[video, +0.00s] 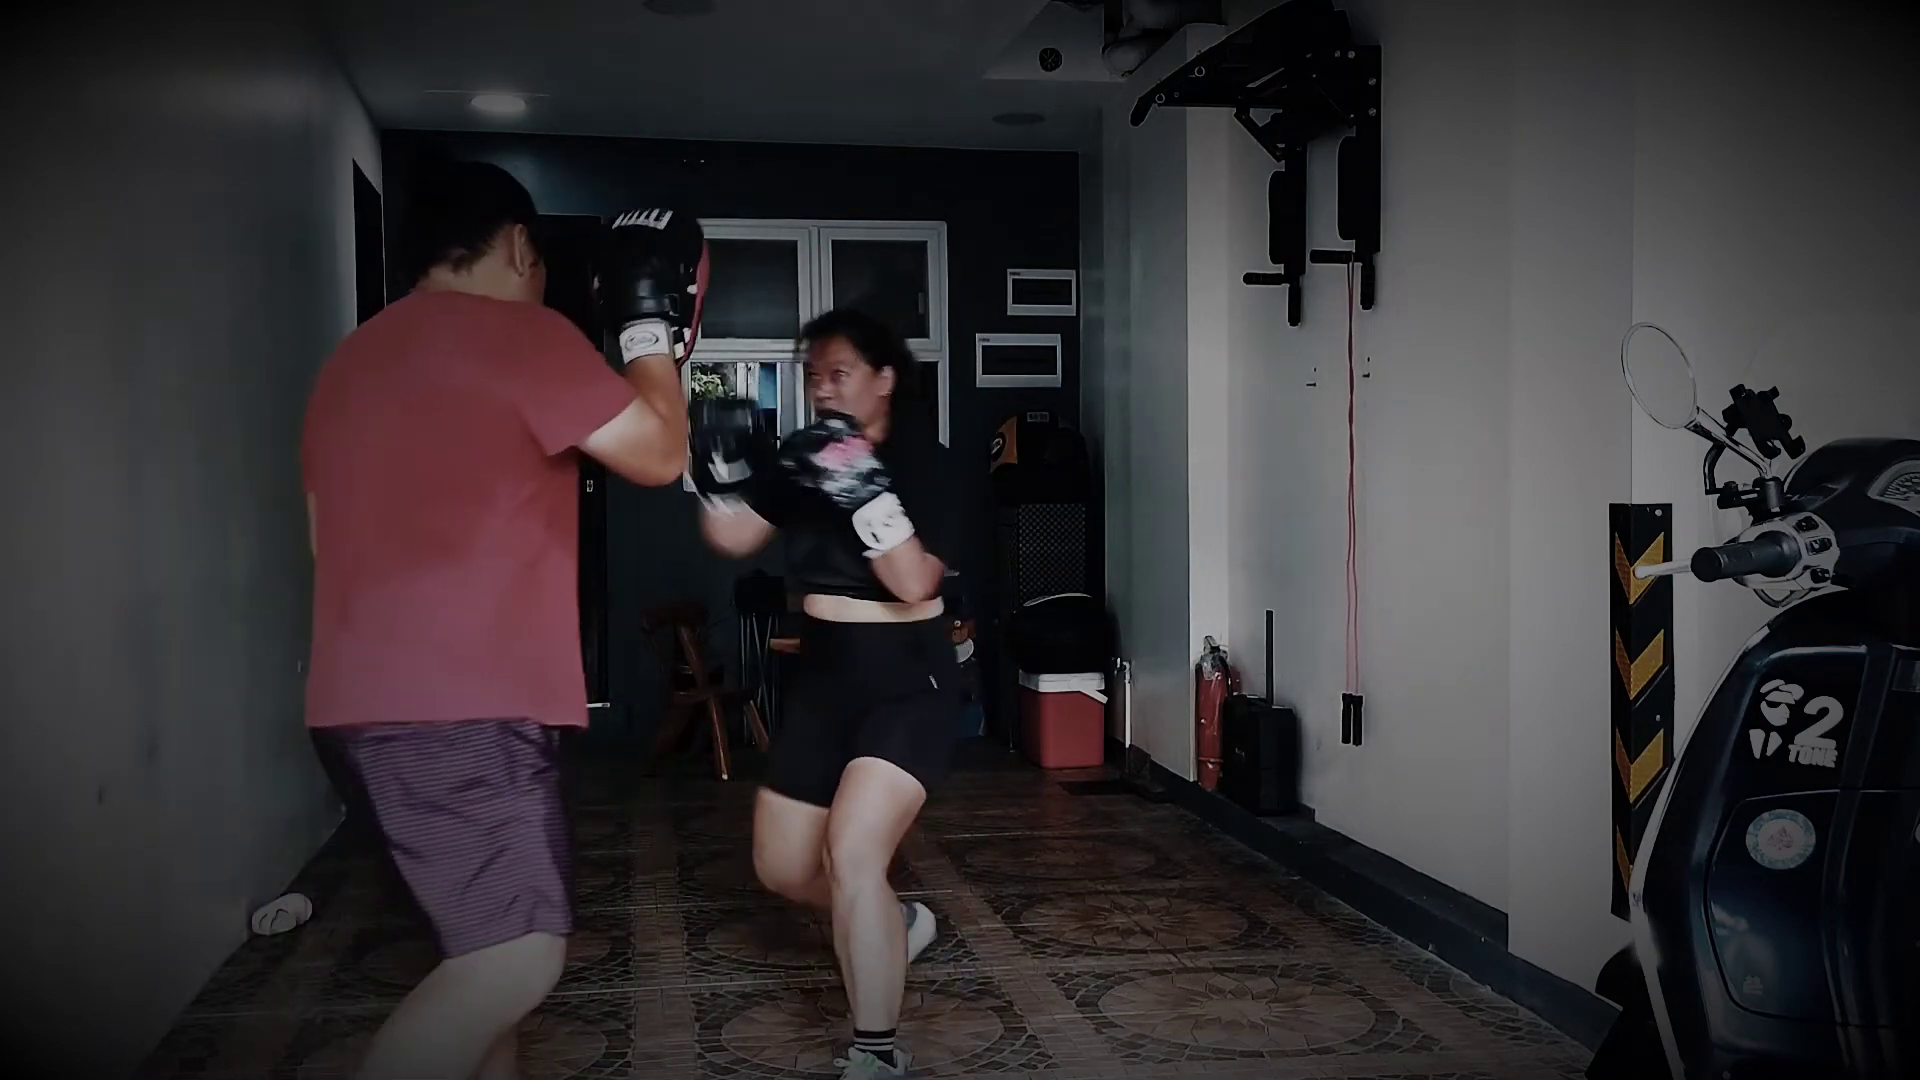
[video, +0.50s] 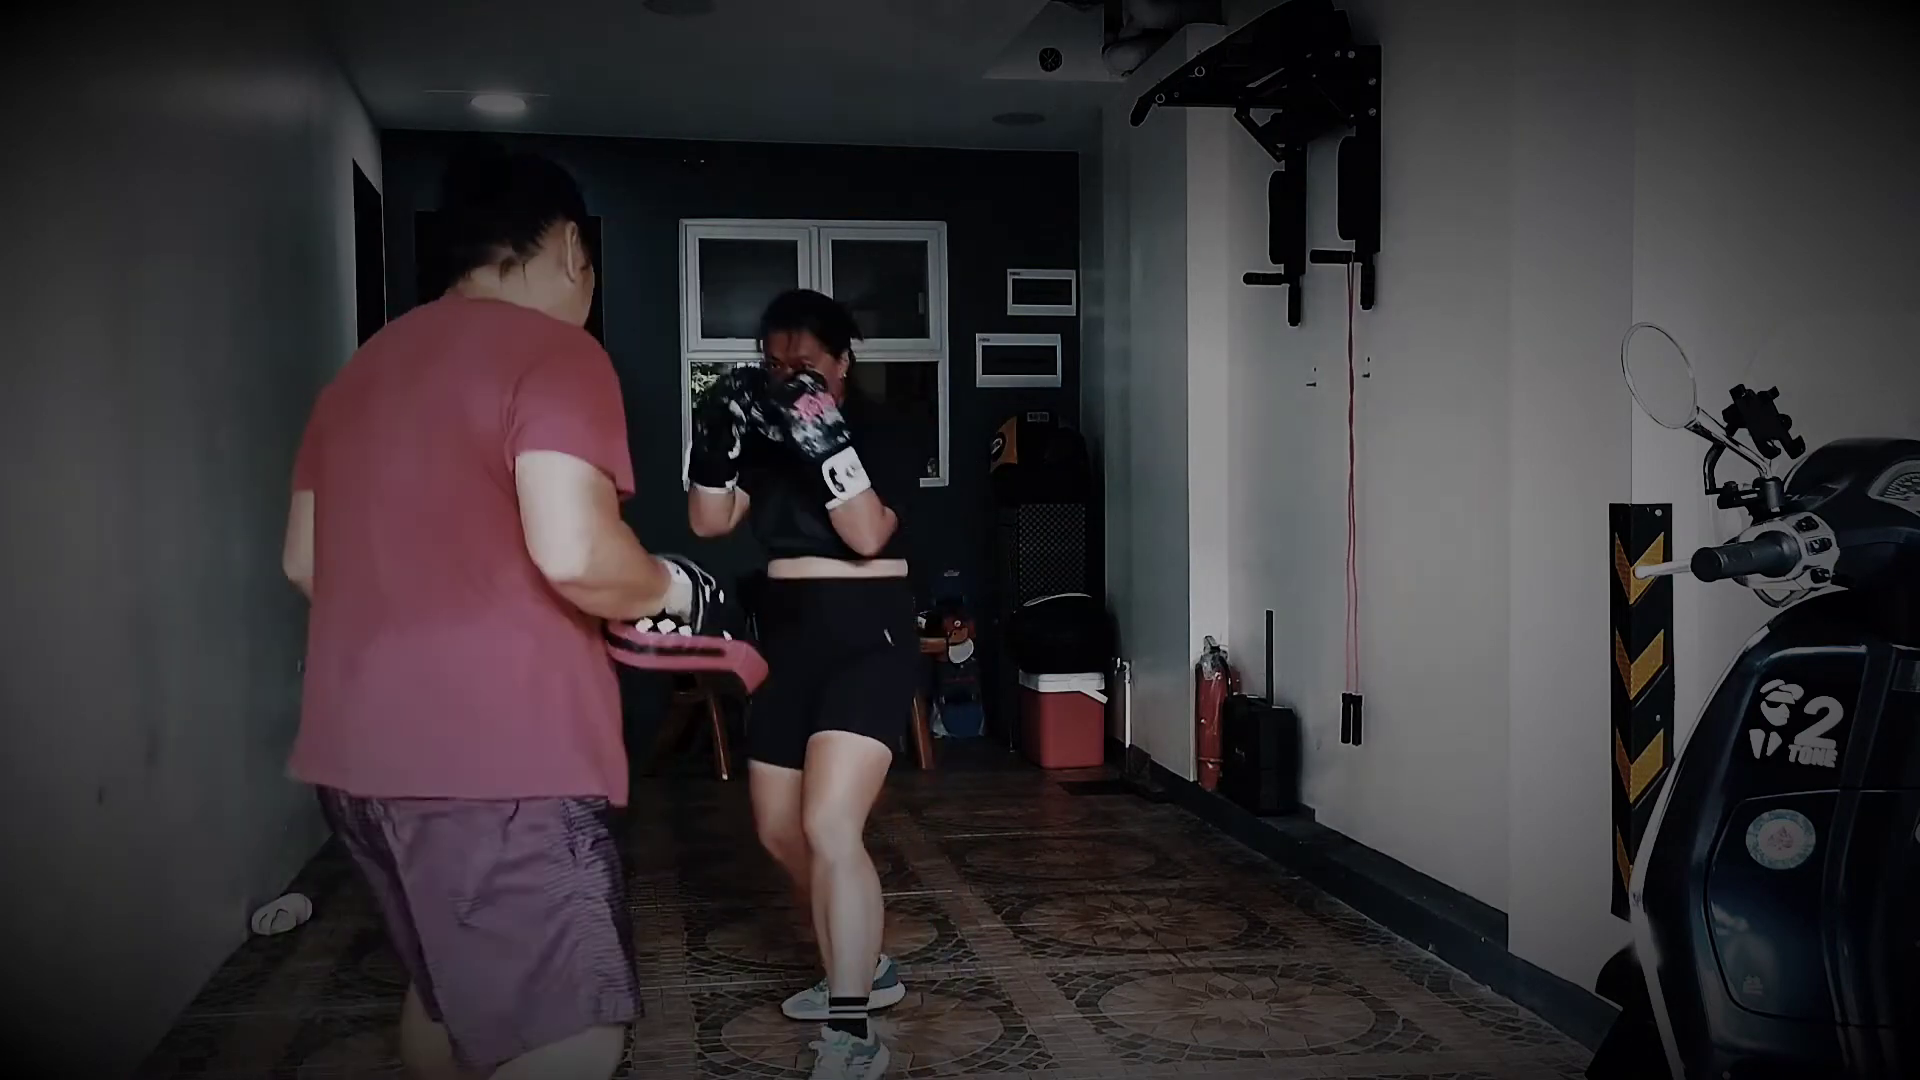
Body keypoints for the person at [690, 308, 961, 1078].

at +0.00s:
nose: (824, 390)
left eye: (841, 375)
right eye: (815, 377)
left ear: (889, 380)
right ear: (807, 386)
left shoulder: (930, 465)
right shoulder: (801, 464)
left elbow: (917, 585)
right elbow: (734, 540)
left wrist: (866, 492)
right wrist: (720, 471)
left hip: (910, 679)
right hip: (821, 674)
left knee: (855, 849)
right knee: (785, 866)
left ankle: (874, 1054)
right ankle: (906, 926)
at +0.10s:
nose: (862, 409)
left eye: (883, 396)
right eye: (854, 390)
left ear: (919, 409)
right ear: (836, 392)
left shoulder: (928, 484)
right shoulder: (798, 443)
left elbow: (948, 608)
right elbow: (689, 427)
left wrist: (927, 517)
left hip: (888, 683)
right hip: (791, 679)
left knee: (858, 860)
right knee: (785, 889)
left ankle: (874, 1054)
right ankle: (860, 930)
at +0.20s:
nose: (867, 417)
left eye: (887, 404)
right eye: (857, 398)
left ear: (918, 413)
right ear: (840, 396)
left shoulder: (927, 485)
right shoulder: (794, 447)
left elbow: (943, 614)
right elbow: (686, 446)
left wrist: (927, 525)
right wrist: (708, 388)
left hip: (880, 685)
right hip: (782, 681)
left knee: (852, 860)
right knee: (766, 887)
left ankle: (871, 1053)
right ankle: (850, 940)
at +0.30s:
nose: (845, 410)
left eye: (864, 396)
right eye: (834, 393)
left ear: (896, 402)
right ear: (817, 395)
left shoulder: (906, 473)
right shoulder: (785, 455)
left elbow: (927, 598)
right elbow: (694, 515)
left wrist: (904, 502)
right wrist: (708, 442)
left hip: (873, 675)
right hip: (783, 671)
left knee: (834, 856)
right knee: (753, 876)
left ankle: (864, 1051)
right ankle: (858, 957)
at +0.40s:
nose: (808, 393)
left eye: (824, 381)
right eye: (795, 379)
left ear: (859, 380)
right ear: (780, 377)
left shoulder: (881, 438)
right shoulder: (760, 437)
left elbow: (889, 560)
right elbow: (720, 547)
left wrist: (855, 468)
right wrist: (724, 466)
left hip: (871, 652)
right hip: (779, 650)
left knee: (828, 839)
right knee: (770, 854)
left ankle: (856, 1041)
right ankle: (867, 966)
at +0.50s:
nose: (793, 379)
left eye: (808, 365)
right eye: (780, 366)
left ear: (845, 361)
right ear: (765, 365)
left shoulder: (881, 428)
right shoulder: (761, 429)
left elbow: (868, 534)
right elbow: (708, 523)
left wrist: (827, 439)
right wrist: (716, 436)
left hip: (870, 632)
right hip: (784, 631)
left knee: (831, 824)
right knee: (779, 830)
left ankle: (851, 1033)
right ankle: (867, 964)